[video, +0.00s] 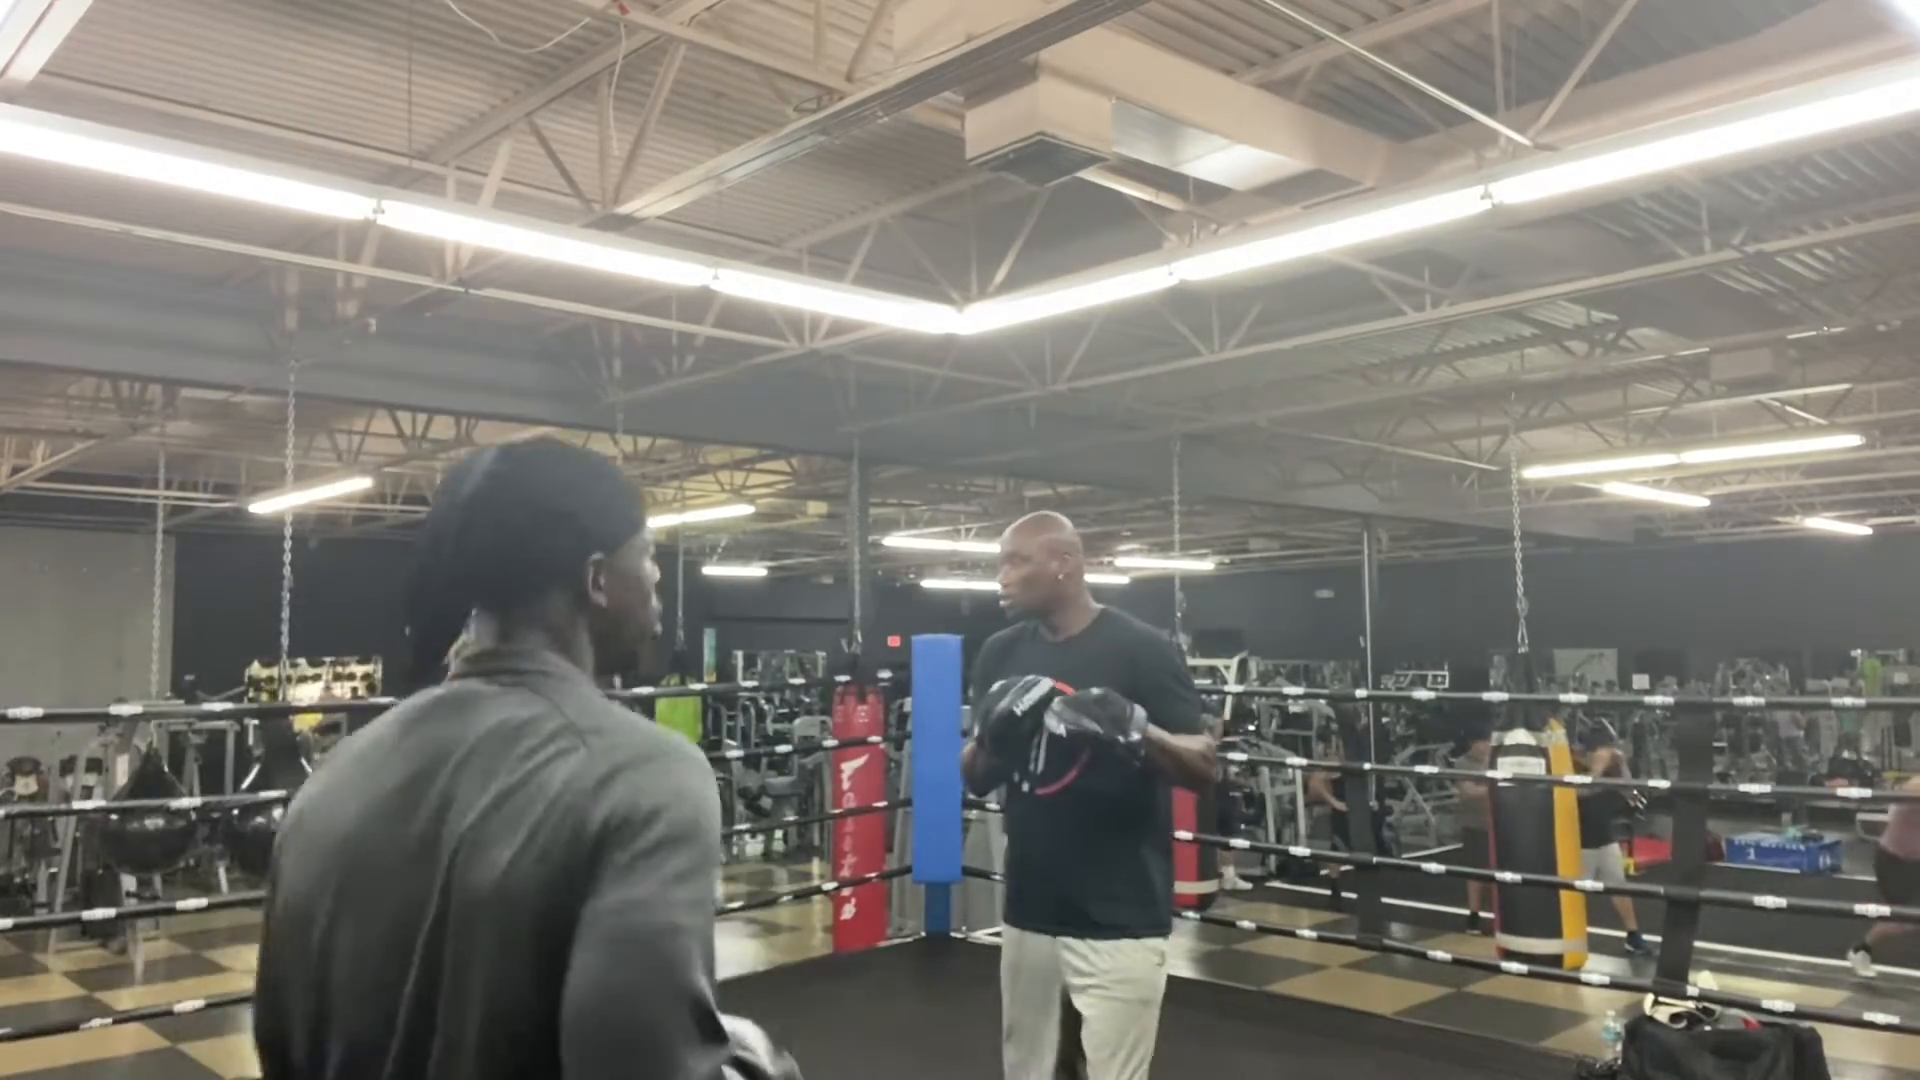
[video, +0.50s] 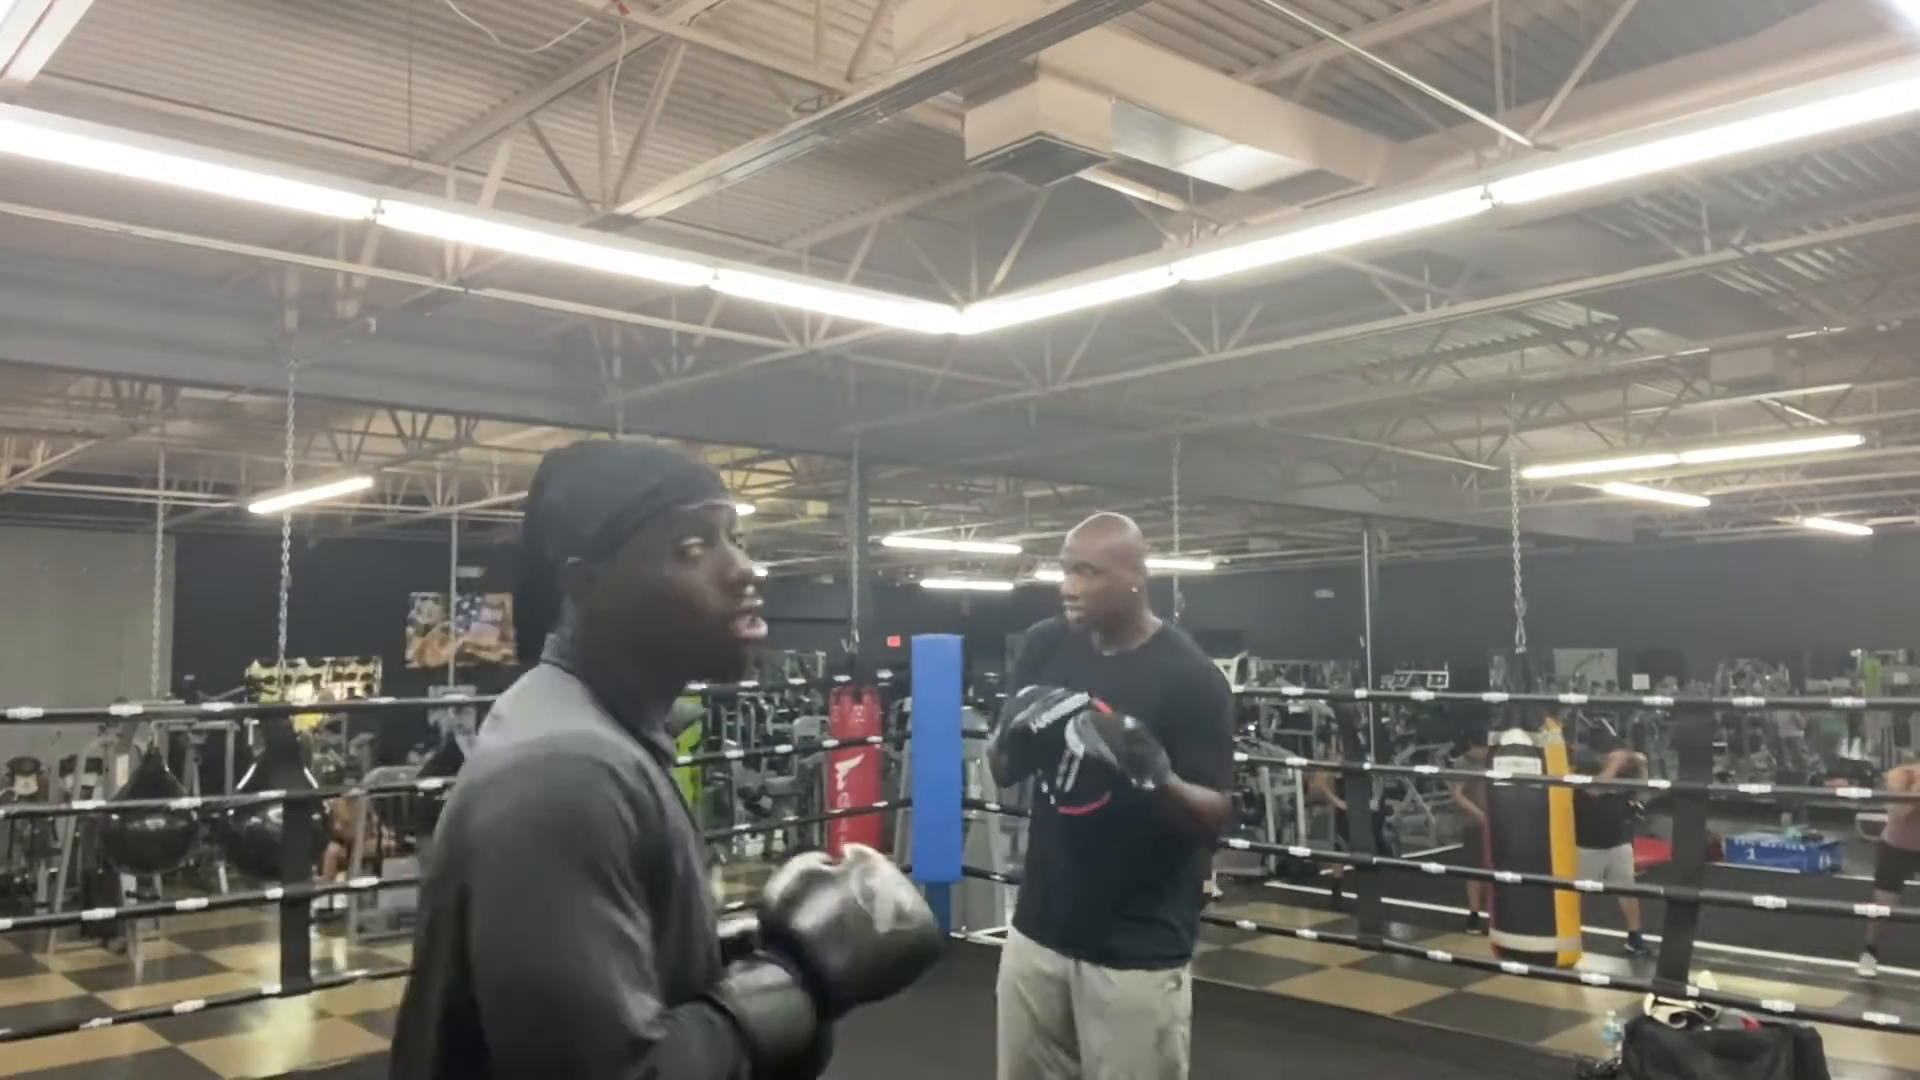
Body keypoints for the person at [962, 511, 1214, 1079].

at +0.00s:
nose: (1001, 575)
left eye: (1015, 561)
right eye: (1001, 562)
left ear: (1064, 568)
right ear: (1052, 570)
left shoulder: (1145, 648)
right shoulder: (1000, 652)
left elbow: (1205, 767)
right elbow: (974, 775)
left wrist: (1134, 730)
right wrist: (998, 740)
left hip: (1122, 920)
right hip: (1031, 914)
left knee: (1115, 1074)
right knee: (1026, 1070)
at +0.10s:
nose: (1006, 574)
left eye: (1021, 561)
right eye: (1007, 561)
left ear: (1070, 567)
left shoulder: (1148, 649)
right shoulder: (1005, 651)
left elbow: (1207, 771)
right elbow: (976, 775)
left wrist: (1139, 736)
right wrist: (1000, 739)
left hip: (1123, 920)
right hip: (1032, 912)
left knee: (1121, 1073)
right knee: (1029, 1070)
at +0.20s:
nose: (1013, 574)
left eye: (1029, 560)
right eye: (1015, 561)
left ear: (1080, 565)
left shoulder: (1155, 655)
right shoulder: (1017, 651)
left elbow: (1212, 777)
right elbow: (984, 779)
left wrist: (1142, 748)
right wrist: (999, 743)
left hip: (1127, 932)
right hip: (1035, 923)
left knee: (1128, 1073)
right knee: (1037, 1073)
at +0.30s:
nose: (1027, 574)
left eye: (1043, 558)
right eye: (1028, 559)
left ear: (1095, 562)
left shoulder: (1168, 652)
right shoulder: (1025, 645)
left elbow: (1219, 778)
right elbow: (997, 774)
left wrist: (1142, 739)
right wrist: (1007, 733)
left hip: (1134, 933)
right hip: (1040, 923)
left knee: (1134, 1073)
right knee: (1038, 1073)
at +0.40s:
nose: (1054, 580)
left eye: (1070, 566)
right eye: (1054, 565)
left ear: (1121, 576)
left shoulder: (1186, 671)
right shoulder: (1038, 648)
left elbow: (1219, 807)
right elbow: (1003, 772)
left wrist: (1151, 771)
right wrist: (1009, 745)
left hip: (1137, 947)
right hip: (1041, 931)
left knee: (1135, 1073)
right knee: (1035, 1073)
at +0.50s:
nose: (1066, 585)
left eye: (1084, 571)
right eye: (1066, 569)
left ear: (1134, 579)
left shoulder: (1193, 680)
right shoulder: (1045, 647)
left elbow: (1216, 818)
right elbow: (1002, 772)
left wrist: (1159, 778)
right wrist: (1018, 739)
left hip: (1139, 956)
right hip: (1038, 937)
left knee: (1133, 1072)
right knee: (1024, 1073)